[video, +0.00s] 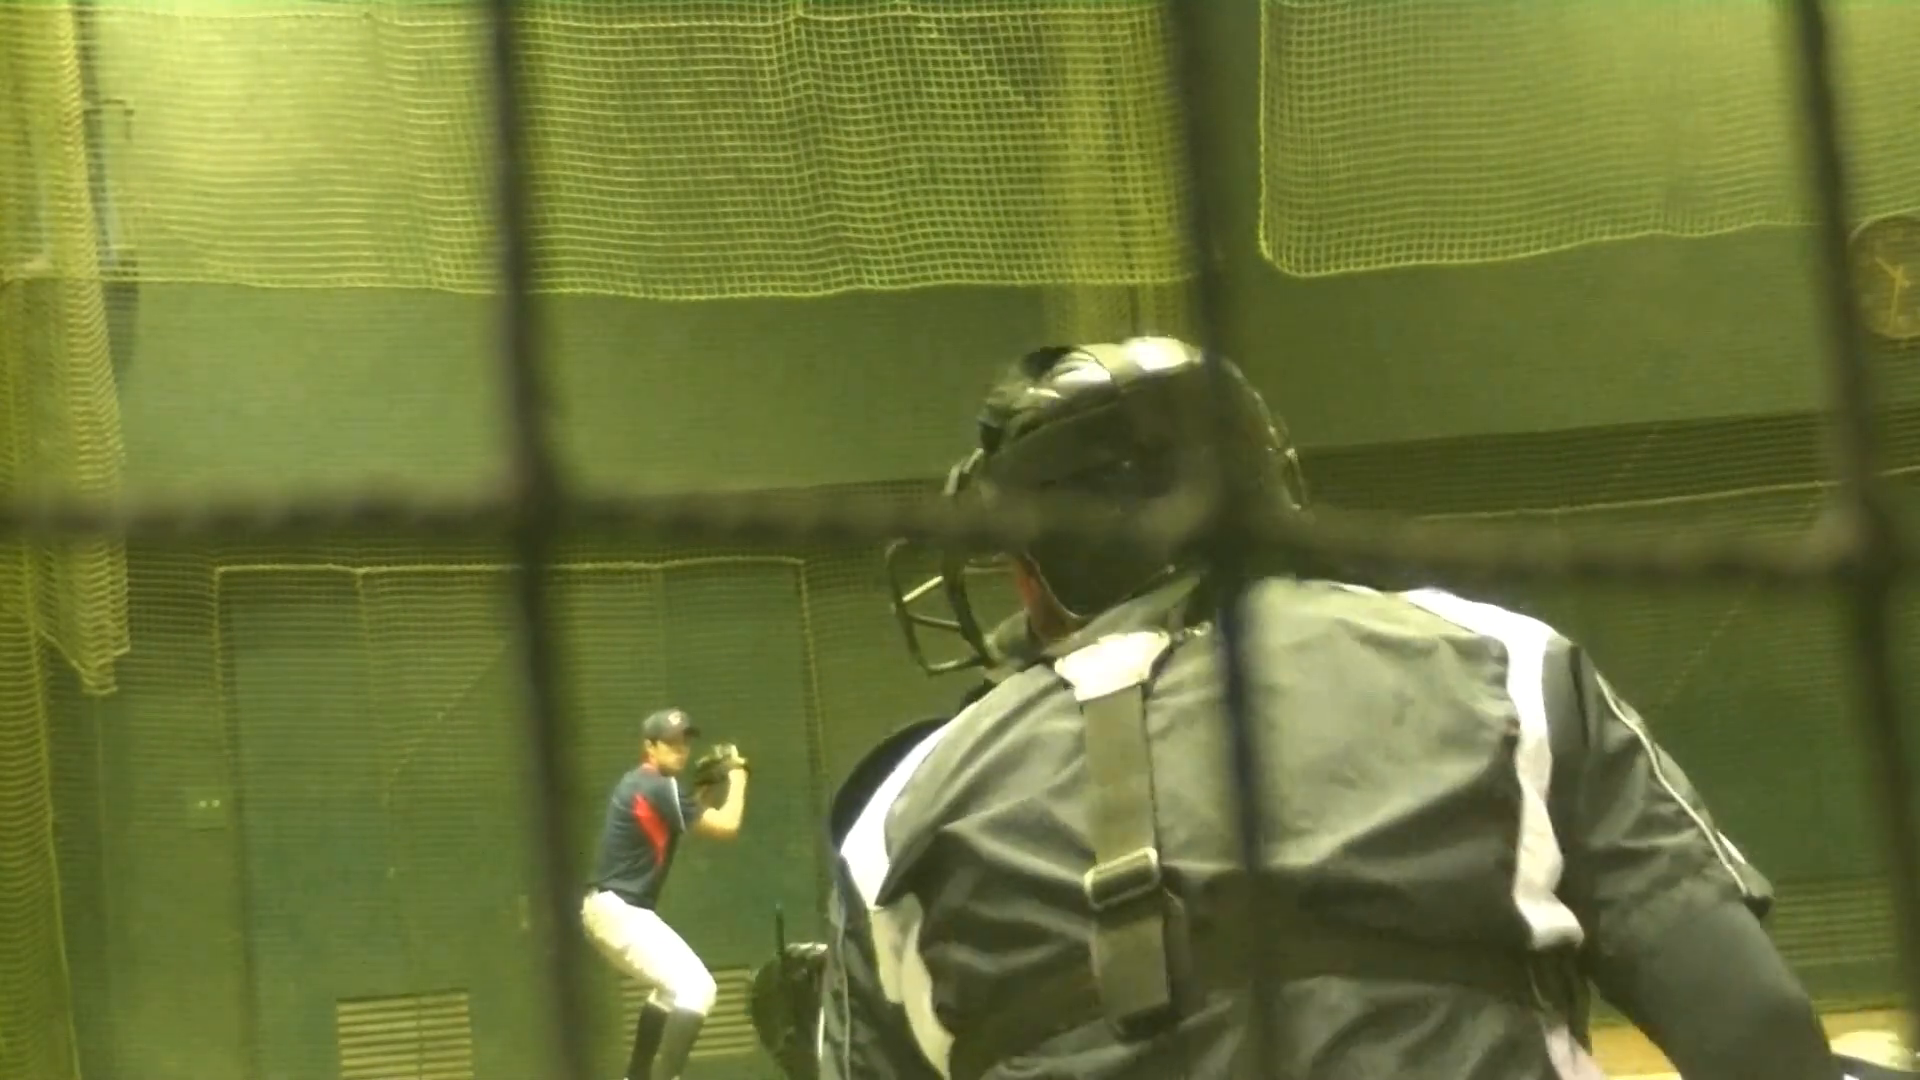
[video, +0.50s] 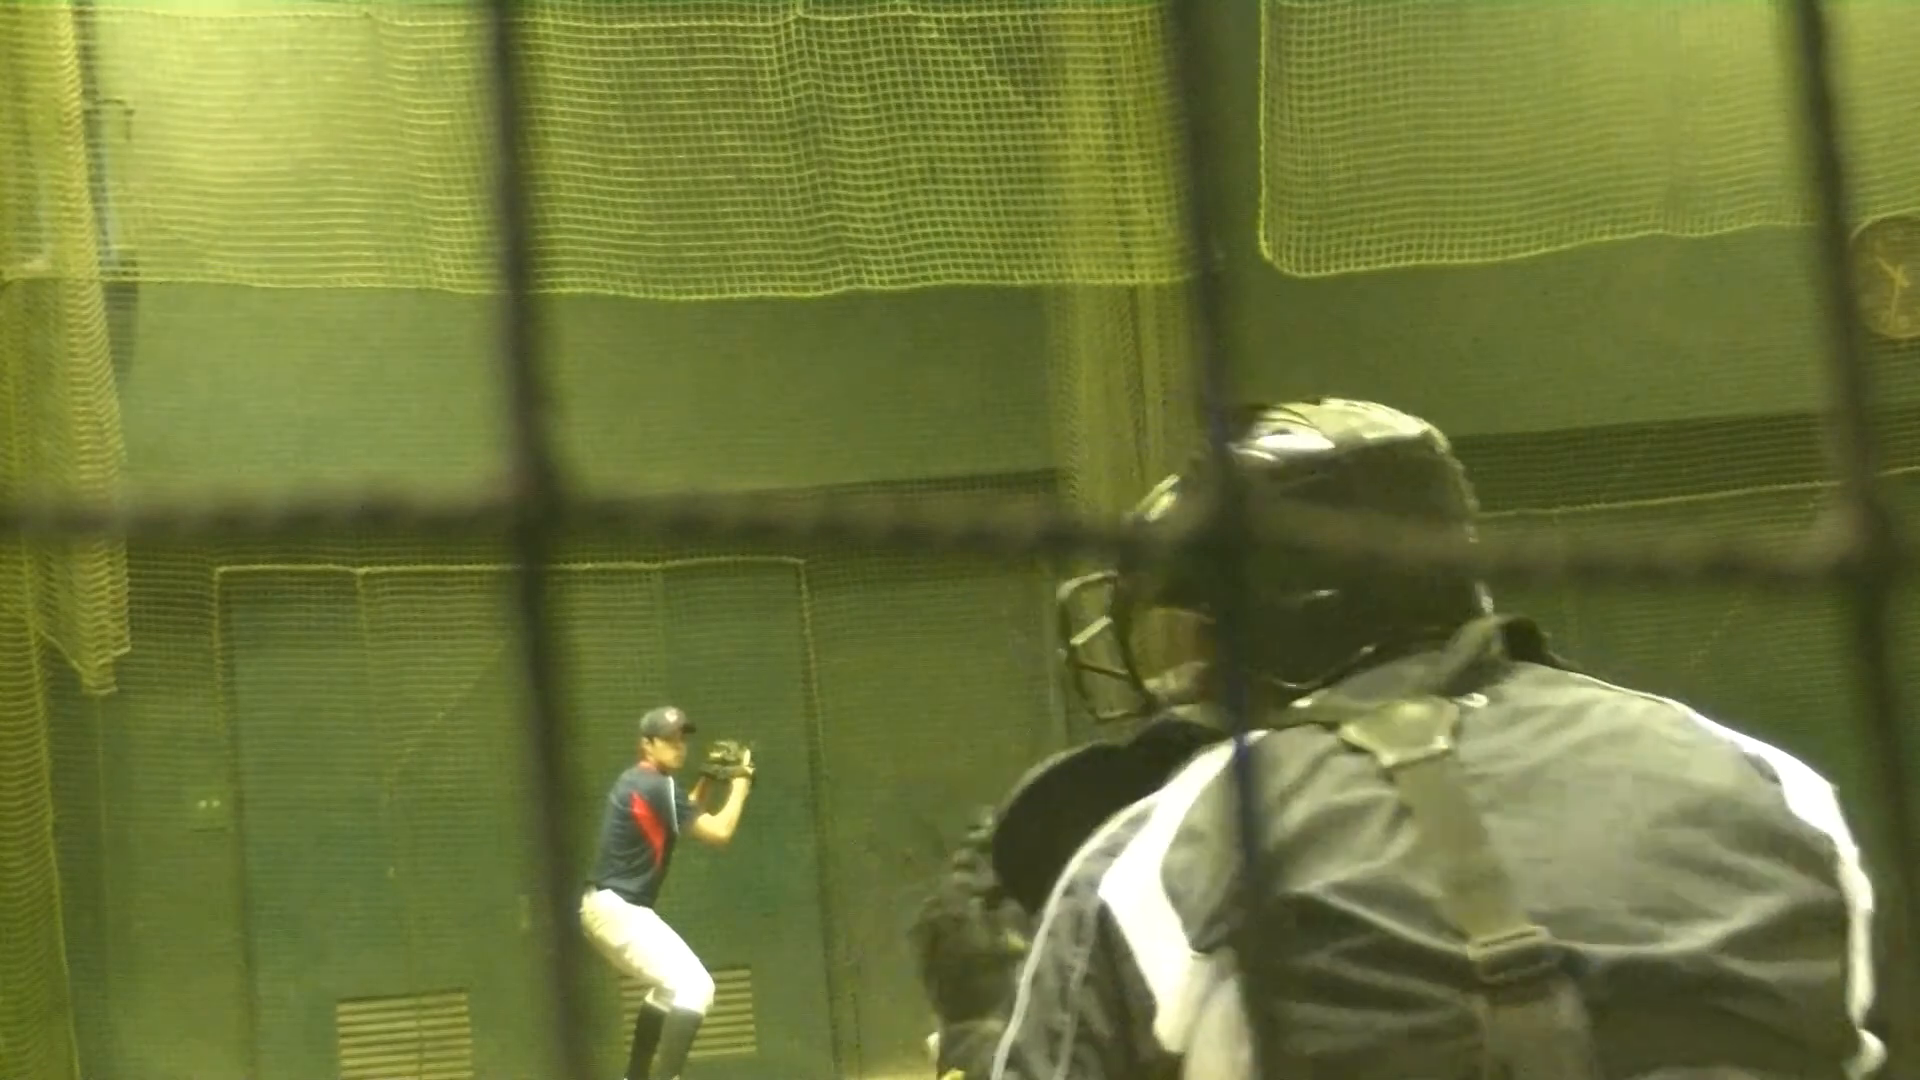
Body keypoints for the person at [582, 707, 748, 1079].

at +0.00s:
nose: (683, 751)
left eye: (685, 743)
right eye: (674, 743)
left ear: (686, 743)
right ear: (651, 746)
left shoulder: (637, 782)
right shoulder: (656, 787)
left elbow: (683, 817)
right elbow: (726, 824)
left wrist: (710, 787)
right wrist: (738, 776)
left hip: (606, 907)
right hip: (619, 909)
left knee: (671, 985)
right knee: (698, 989)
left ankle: (638, 1073)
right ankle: (669, 1073)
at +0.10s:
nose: (682, 750)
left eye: (684, 742)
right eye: (673, 743)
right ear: (650, 745)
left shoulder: (635, 782)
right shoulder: (655, 787)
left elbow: (688, 816)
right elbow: (723, 828)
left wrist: (710, 783)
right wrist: (739, 778)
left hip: (605, 906)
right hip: (618, 909)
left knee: (670, 985)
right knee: (697, 989)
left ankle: (638, 1073)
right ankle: (669, 1073)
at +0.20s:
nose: (681, 751)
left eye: (683, 742)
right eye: (672, 743)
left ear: (683, 743)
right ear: (649, 745)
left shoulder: (635, 782)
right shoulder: (654, 787)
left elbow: (693, 815)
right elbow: (720, 831)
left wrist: (712, 778)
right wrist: (740, 779)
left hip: (604, 906)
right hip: (618, 909)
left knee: (670, 985)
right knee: (696, 988)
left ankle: (638, 1073)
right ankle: (668, 1073)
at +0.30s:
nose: (680, 750)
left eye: (683, 742)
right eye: (672, 743)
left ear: (684, 744)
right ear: (649, 745)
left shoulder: (635, 781)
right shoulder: (655, 787)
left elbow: (686, 814)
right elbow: (718, 832)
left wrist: (711, 777)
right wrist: (741, 782)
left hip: (603, 906)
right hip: (619, 909)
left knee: (669, 985)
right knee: (696, 988)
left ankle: (638, 1073)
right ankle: (669, 1073)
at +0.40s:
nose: (681, 749)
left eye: (683, 741)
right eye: (672, 741)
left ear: (651, 746)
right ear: (648, 744)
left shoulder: (635, 780)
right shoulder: (655, 786)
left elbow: (686, 812)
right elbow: (718, 833)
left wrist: (711, 775)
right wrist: (741, 784)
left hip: (602, 906)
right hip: (618, 909)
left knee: (668, 985)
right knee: (696, 988)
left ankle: (637, 1074)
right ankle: (668, 1074)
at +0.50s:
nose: (681, 747)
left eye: (683, 739)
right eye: (672, 740)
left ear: (651, 746)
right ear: (648, 744)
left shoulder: (635, 779)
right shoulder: (655, 786)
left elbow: (687, 814)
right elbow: (719, 832)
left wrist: (711, 776)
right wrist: (741, 783)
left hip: (602, 906)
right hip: (618, 908)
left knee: (668, 985)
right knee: (696, 987)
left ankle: (637, 1074)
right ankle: (668, 1074)